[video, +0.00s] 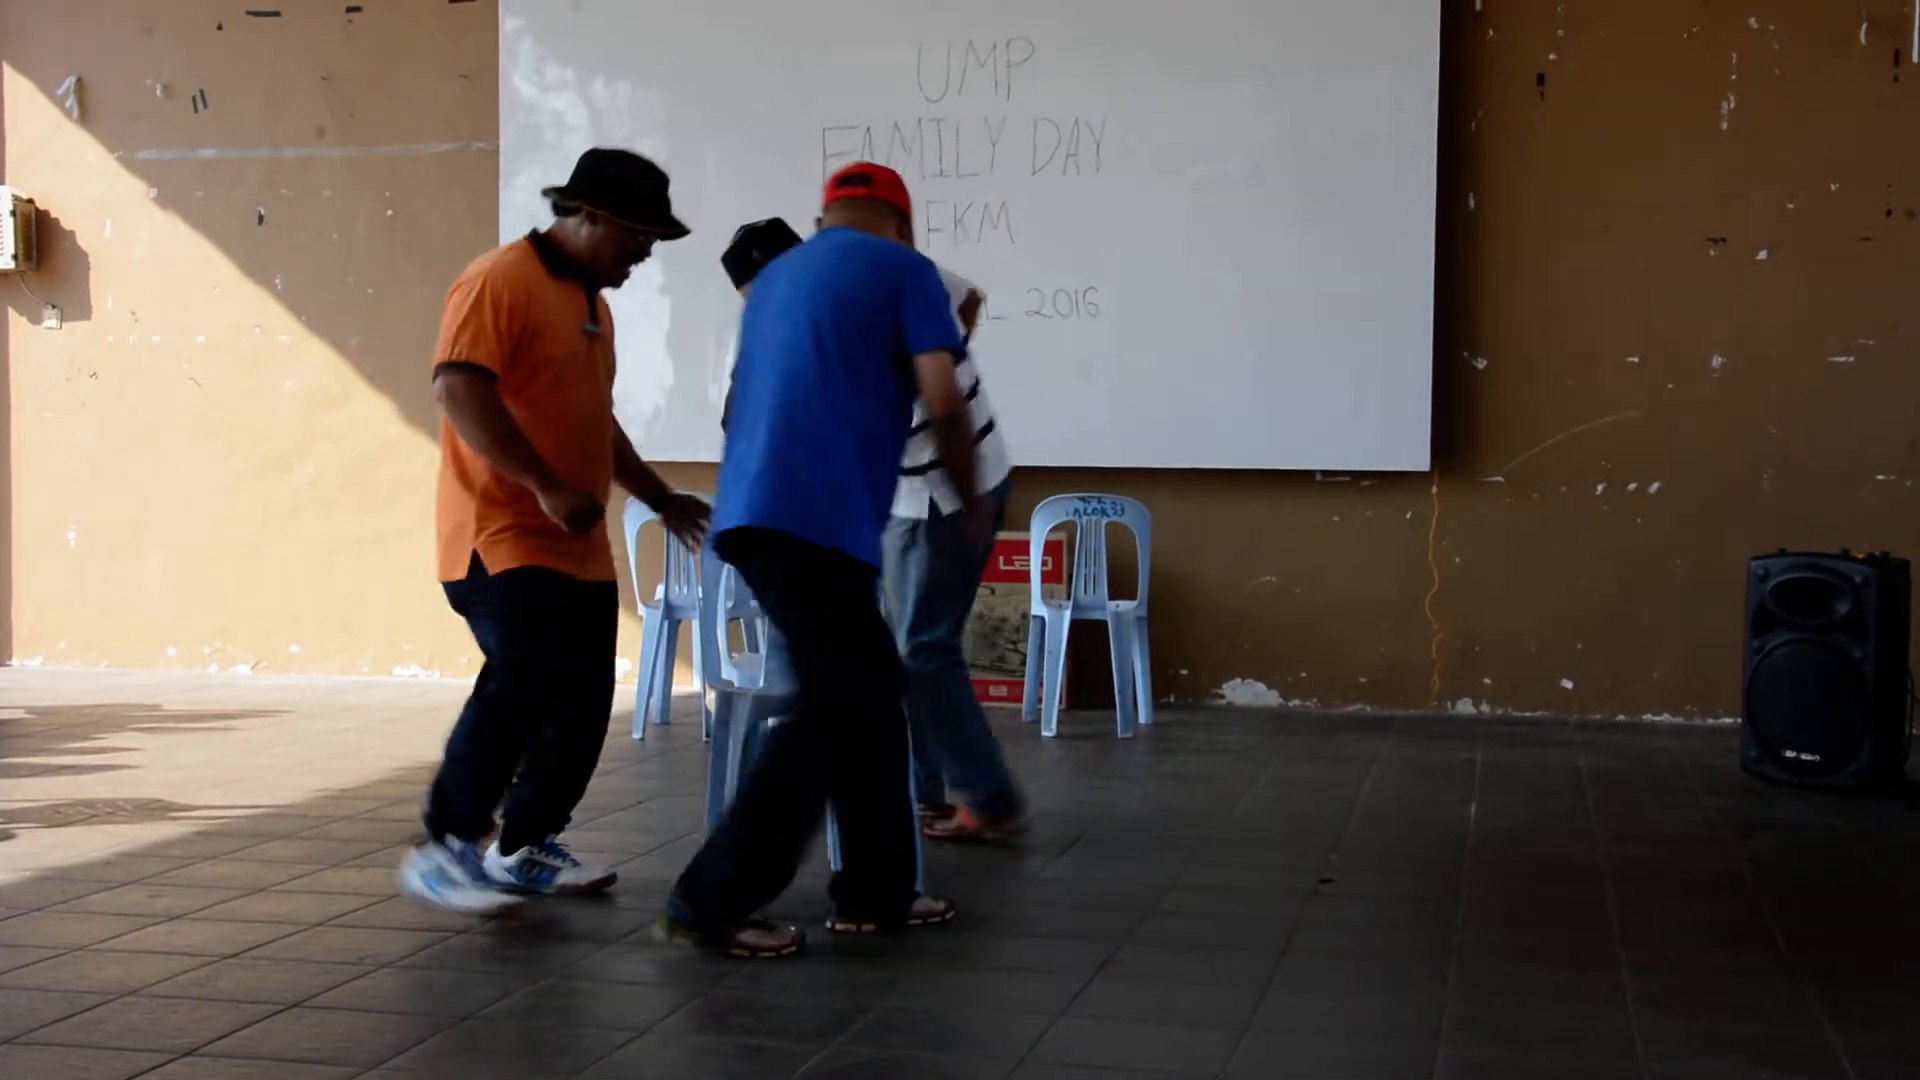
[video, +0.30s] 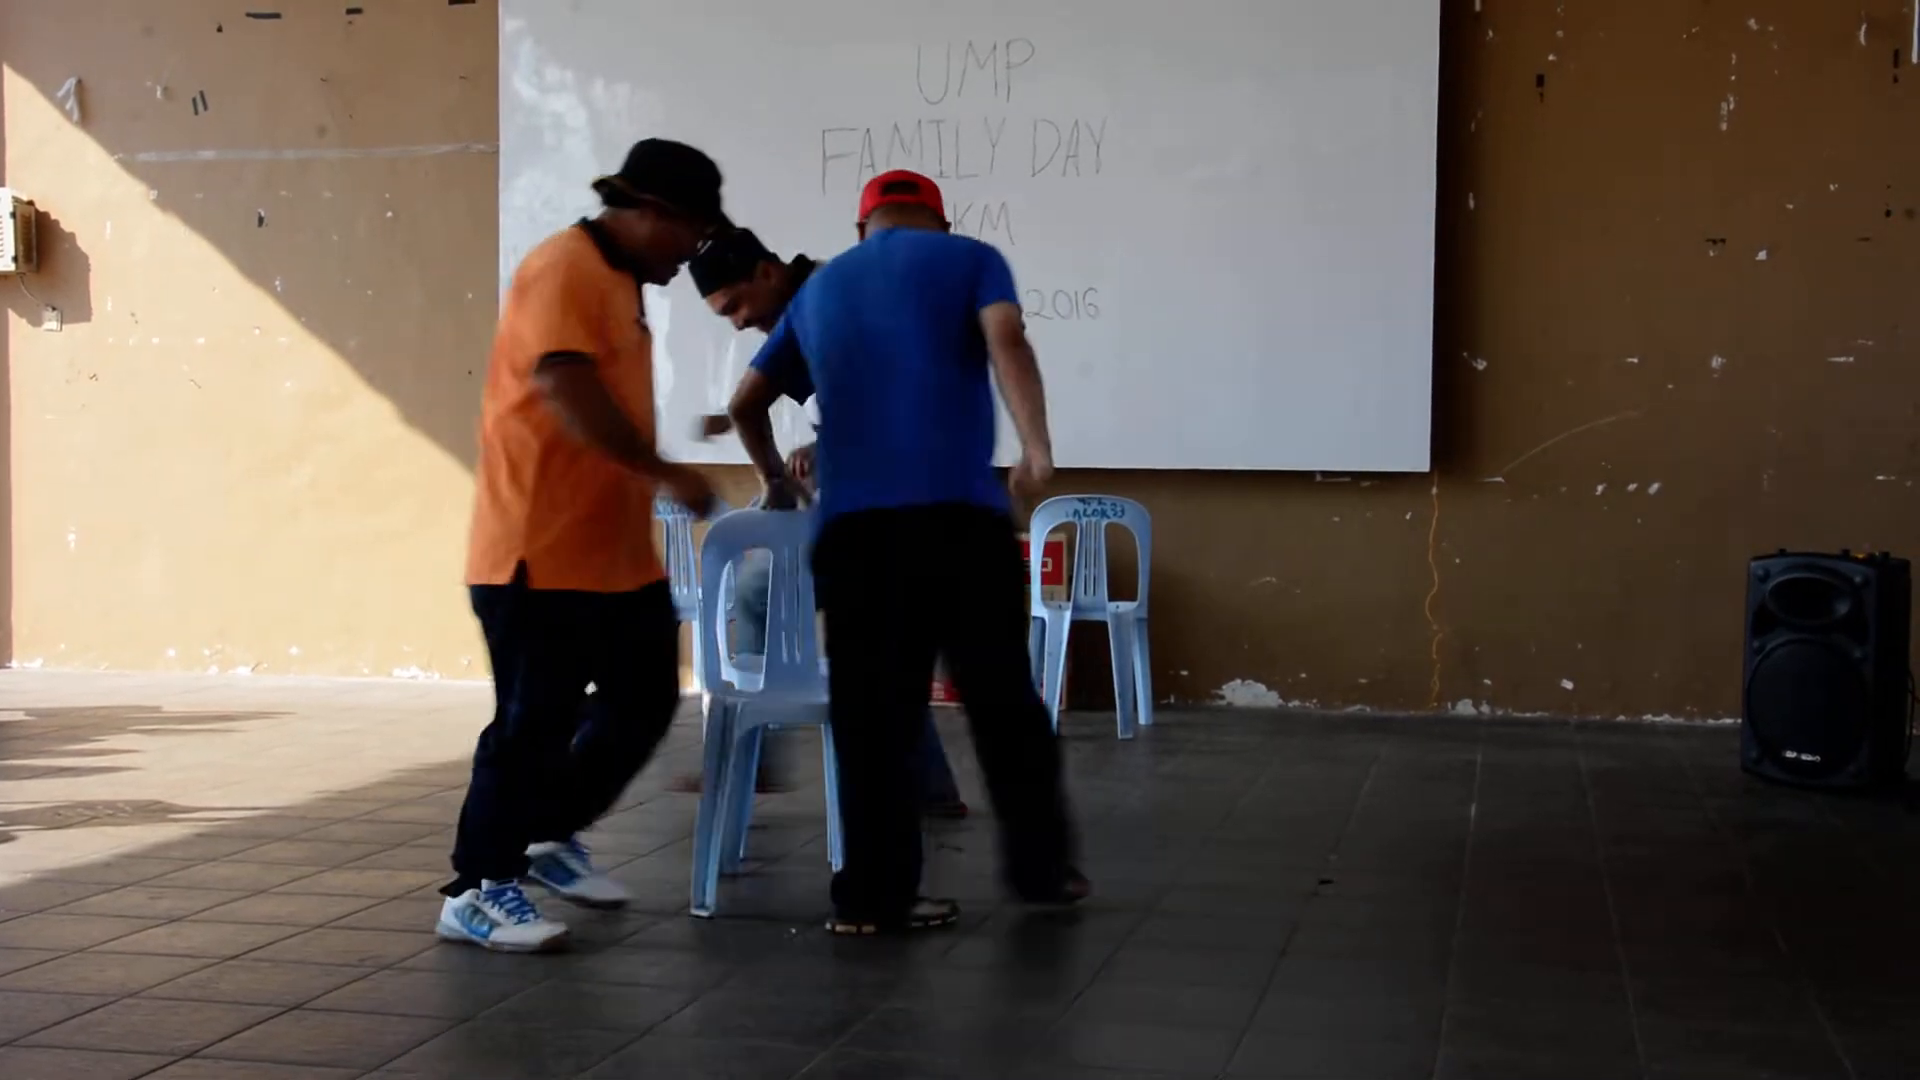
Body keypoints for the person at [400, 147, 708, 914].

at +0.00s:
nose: (641, 260)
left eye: (648, 247)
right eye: (636, 243)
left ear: (597, 225)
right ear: (589, 218)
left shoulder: (593, 308)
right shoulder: (499, 279)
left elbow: (594, 422)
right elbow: (457, 386)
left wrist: (662, 499)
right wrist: (544, 481)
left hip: (577, 537)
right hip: (499, 532)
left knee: (583, 691)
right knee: (525, 675)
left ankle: (525, 845)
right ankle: (445, 844)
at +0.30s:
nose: (688, 252)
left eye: (695, 238)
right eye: (685, 234)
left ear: (651, 219)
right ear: (645, 212)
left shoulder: (616, 285)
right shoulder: (565, 268)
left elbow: (591, 410)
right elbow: (563, 387)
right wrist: (665, 470)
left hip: (610, 550)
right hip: (537, 551)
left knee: (643, 699)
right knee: (534, 717)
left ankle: (548, 834)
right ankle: (477, 886)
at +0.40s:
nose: (720, 237)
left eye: (726, 222)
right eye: (717, 218)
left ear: (676, 205)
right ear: (678, 201)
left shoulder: (640, 271)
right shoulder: (604, 253)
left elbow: (643, 420)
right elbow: (636, 387)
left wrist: (717, 383)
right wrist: (739, 462)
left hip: (636, 540)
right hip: (569, 537)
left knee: (677, 682)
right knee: (553, 708)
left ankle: (617, 862)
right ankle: (483, 881)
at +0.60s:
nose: (782, 258)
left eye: (790, 243)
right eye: (782, 239)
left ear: (724, 216)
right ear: (745, 219)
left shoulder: (669, 271)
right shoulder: (688, 274)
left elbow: (653, 392)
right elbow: (719, 396)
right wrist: (818, 486)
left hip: (668, 541)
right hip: (677, 546)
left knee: (694, 713)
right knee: (711, 717)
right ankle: (576, 837)